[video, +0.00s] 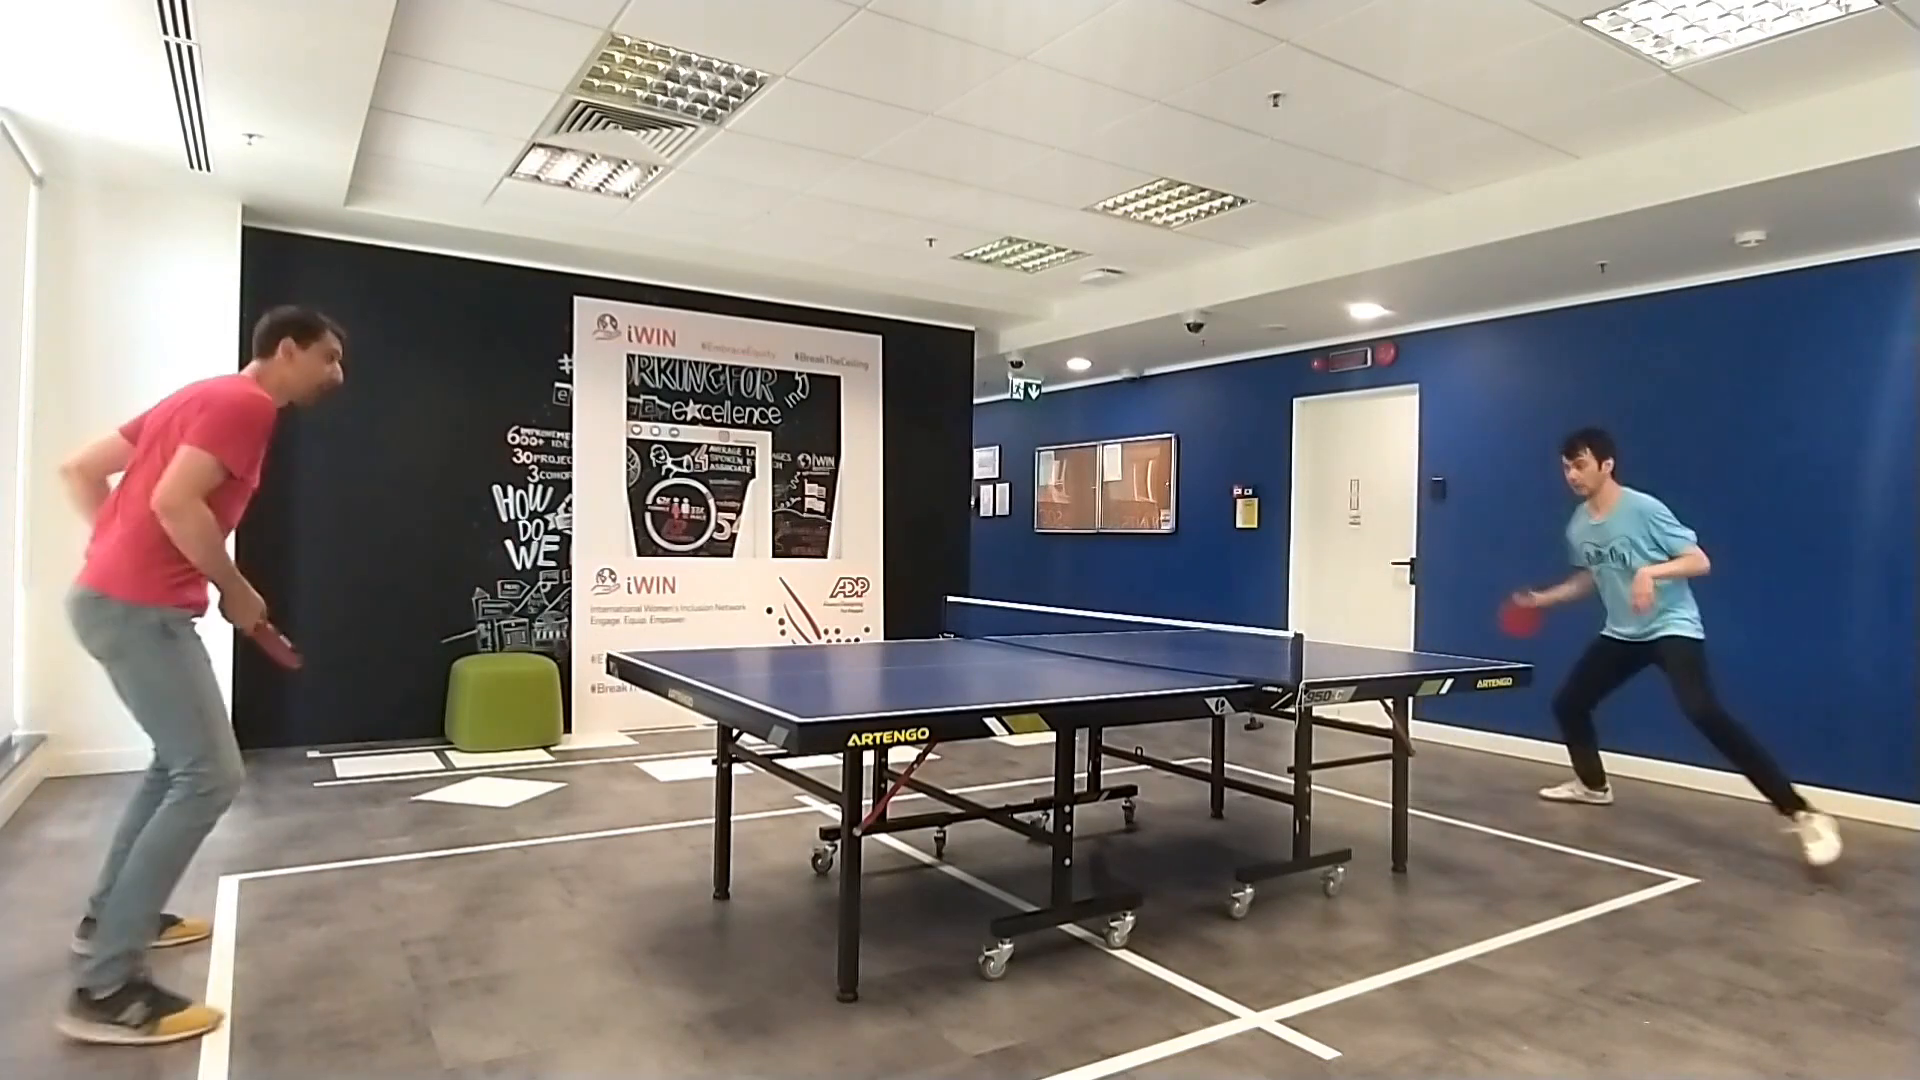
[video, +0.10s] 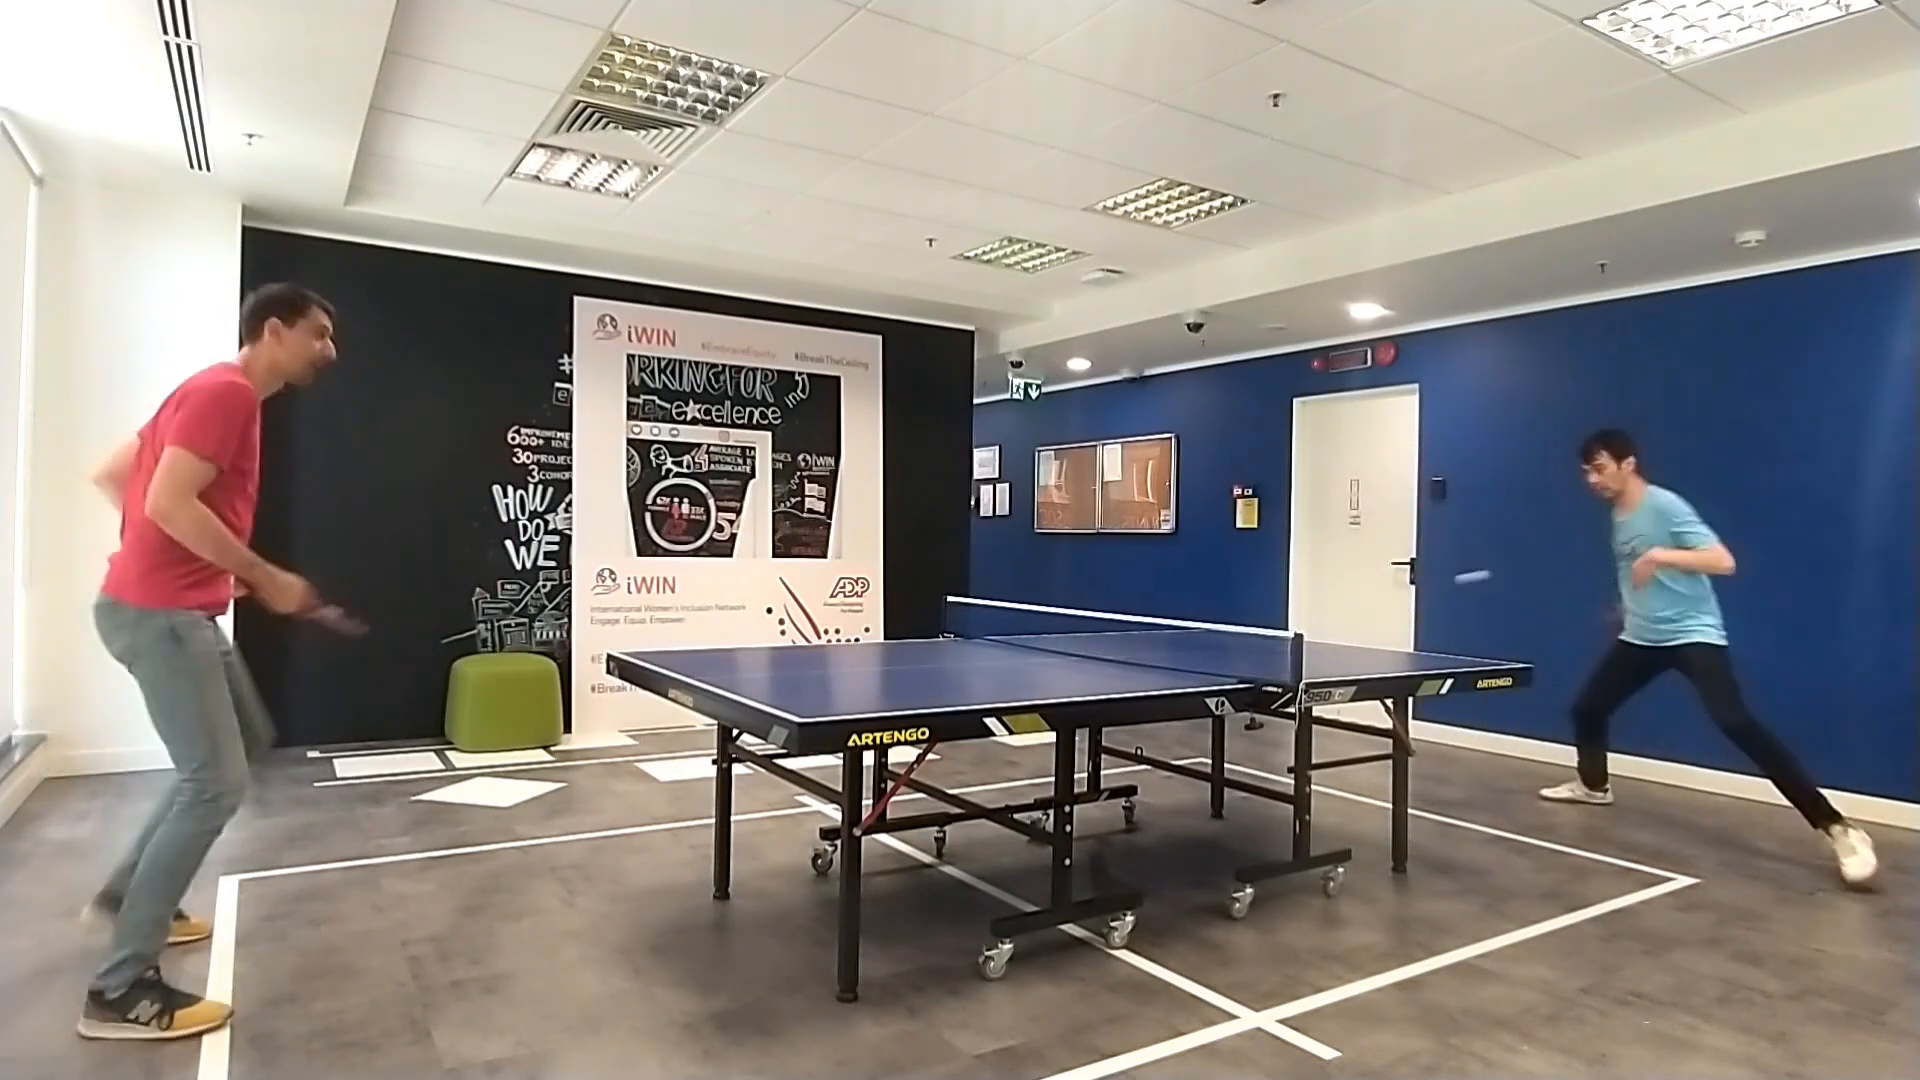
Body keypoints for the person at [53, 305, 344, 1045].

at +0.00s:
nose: (339, 374)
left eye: (340, 362)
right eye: (331, 357)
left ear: (282, 351)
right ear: (287, 349)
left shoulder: (197, 399)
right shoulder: (245, 404)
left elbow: (81, 468)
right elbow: (173, 499)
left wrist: (136, 550)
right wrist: (233, 586)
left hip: (113, 604)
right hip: (140, 610)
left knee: (179, 763)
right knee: (211, 777)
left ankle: (111, 917)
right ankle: (105, 984)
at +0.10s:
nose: (329, 351)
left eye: (331, 340)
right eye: (320, 334)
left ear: (273, 334)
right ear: (272, 329)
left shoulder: (210, 390)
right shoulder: (229, 392)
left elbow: (111, 473)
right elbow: (170, 499)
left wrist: (177, 547)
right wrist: (266, 576)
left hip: (182, 611)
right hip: (157, 615)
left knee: (246, 746)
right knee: (215, 783)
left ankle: (129, 897)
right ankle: (121, 985)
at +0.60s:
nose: (371, 404)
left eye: (373, 392)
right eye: (361, 390)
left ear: (326, 396)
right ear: (313, 392)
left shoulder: (344, 454)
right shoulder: (242, 466)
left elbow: (352, 510)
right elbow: (158, 567)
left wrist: (396, 548)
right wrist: (215, 633)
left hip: (311, 653)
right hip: (243, 663)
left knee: (411, 731)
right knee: (269, 801)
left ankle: (347, 825)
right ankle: (134, 980)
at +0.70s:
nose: (397, 423)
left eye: (399, 413)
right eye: (388, 411)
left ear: (364, 418)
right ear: (340, 411)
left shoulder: (373, 473)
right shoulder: (265, 481)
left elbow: (389, 524)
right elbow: (179, 565)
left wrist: (418, 565)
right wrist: (175, 628)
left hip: (337, 661)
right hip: (267, 665)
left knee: (426, 750)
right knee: (279, 802)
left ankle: (405, 836)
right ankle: (136, 981)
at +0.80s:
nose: (416, 432)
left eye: (419, 421)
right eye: (407, 418)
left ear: (392, 424)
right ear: (362, 417)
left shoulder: (400, 474)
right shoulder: (287, 489)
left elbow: (404, 529)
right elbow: (237, 571)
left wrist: (427, 574)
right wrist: (239, 599)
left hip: (368, 659)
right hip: (296, 663)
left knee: (448, 752)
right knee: (280, 798)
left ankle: (404, 840)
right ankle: (145, 974)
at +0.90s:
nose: (422, 416)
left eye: (427, 406)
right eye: (414, 402)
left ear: (417, 410)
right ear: (372, 397)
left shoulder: (415, 455)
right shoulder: (306, 470)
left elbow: (415, 521)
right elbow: (270, 563)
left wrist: (427, 560)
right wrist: (311, 585)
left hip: (389, 644)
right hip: (318, 644)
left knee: (455, 743)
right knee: (288, 775)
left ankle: (403, 839)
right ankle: (186, 952)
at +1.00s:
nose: (431, 392)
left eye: (435, 382)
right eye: (423, 378)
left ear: (423, 386)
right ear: (380, 372)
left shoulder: (420, 437)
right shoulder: (317, 443)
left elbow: (414, 503)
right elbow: (280, 539)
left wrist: (427, 544)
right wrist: (338, 530)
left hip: (394, 625)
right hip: (326, 625)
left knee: (449, 734)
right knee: (303, 758)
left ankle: (404, 836)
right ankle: (215, 931)